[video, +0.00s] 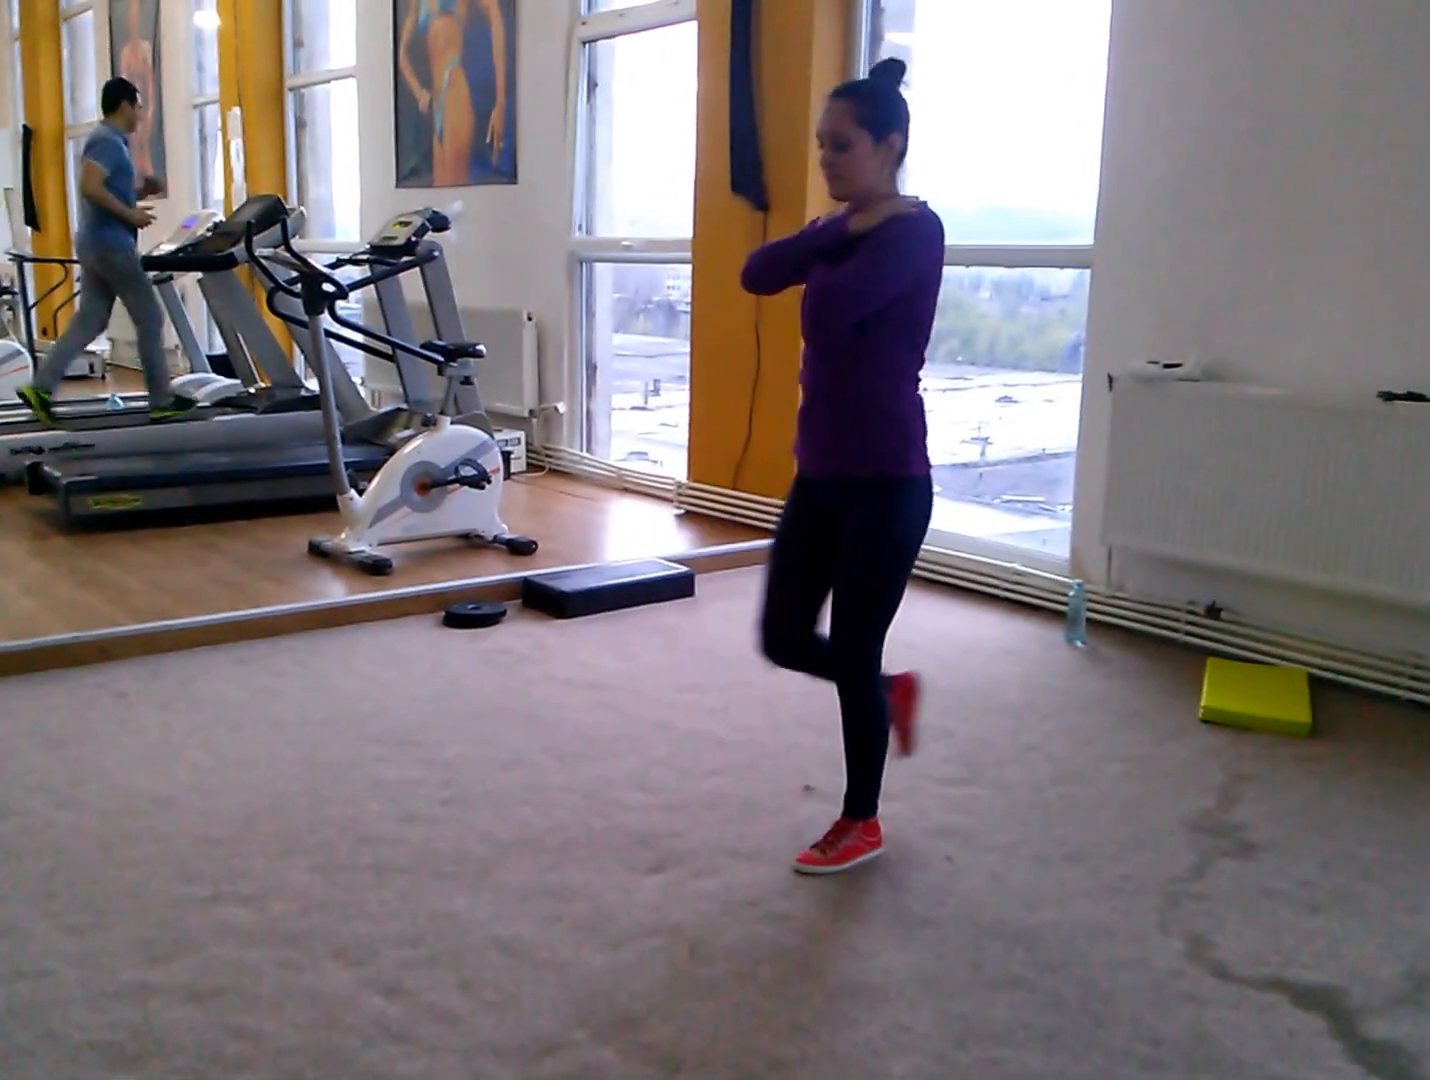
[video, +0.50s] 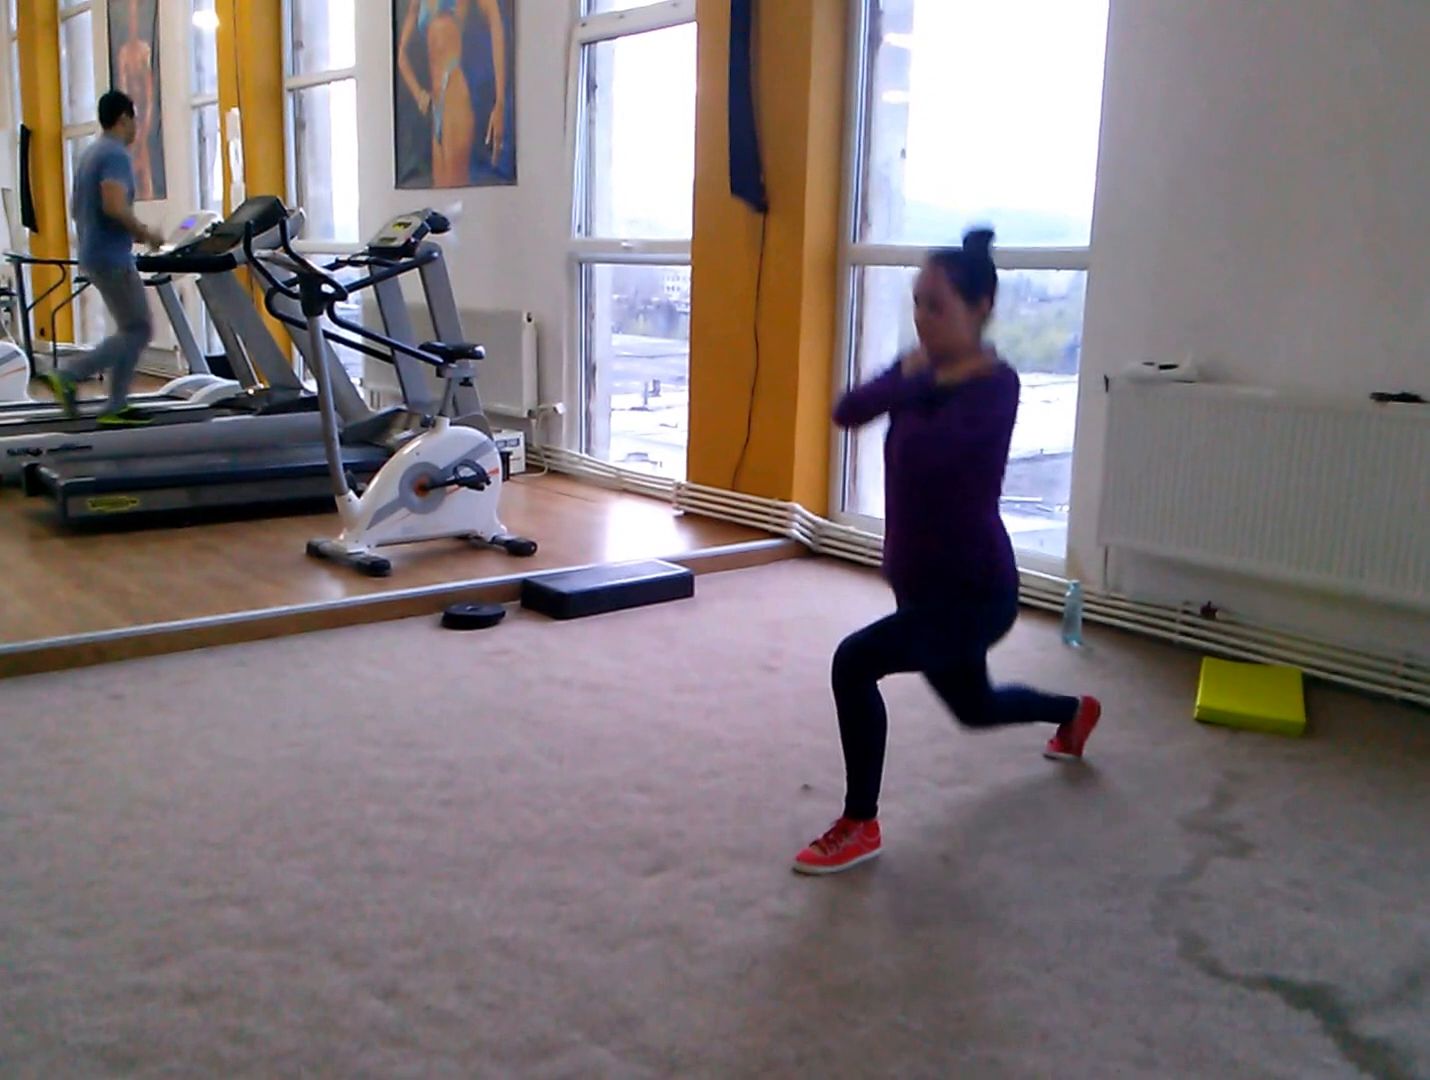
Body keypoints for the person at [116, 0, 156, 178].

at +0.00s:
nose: (133, 21)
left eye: (136, 16)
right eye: (131, 16)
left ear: (139, 19)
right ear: (127, 20)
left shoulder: (146, 47)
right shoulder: (125, 51)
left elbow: (149, 76)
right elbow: (123, 76)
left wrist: (150, 106)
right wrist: (124, 98)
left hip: (145, 98)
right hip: (130, 98)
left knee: (143, 137)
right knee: (133, 137)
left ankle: (147, 169)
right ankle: (135, 170)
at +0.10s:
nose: (134, 21)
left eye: (136, 15)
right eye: (131, 15)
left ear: (139, 18)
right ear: (127, 19)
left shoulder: (145, 47)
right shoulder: (124, 51)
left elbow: (149, 77)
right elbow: (123, 79)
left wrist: (150, 107)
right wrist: (123, 101)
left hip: (145, 100)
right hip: (130, 101)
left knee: (142, 141)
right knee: (132, 143)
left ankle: (147, 184)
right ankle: (134, 184)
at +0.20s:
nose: (134, 20)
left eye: (136, 15)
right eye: (132, 15)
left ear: (140, 18)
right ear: (128, 19)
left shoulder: (145, 48)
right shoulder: (124, 51)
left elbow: (149, 78)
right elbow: (123, 80)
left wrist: (150, 108)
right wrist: (123, 102)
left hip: (145, 98)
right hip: (130, 100)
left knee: (142, 139)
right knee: (132, 140)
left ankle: (147, 184)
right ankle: (135, 184)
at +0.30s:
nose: (133, 22)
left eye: (135, 17)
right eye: (131, 17)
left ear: (139, 20)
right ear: (127, 20)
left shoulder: (145, 48)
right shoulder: (123, 50)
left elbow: (148, 76)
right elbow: (122, 77)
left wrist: (149, 106)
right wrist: (124, 100)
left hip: (145, 96)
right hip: (129, 98)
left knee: (143, 138)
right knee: (132, 138)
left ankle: (147, 182)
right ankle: (134, 180)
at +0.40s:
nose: (133, 22)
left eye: (135, 17)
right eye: (130, 17)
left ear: (139, 20)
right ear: (126, 21)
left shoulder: (145, 48)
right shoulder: (123, 51)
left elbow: (148, 76)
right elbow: (122, 78)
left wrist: (149, 107)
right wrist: (125, 101)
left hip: (145, 98)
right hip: (129, 99)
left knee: (142, 140)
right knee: (132, 140)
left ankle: (147, 183)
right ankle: (136, 180)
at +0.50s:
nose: (133, 23)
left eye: (135, 18)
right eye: (130, 18)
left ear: (139, 22)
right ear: (126, 22)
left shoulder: (145, 48)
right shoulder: (123, 51)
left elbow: (148, 78)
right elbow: (121, 79)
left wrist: (150, 108)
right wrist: (122, 104)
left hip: (144, 100)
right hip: (129, 101)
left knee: (141, 140)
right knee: (132, 141)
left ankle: (146, 185)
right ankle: (135, 185)